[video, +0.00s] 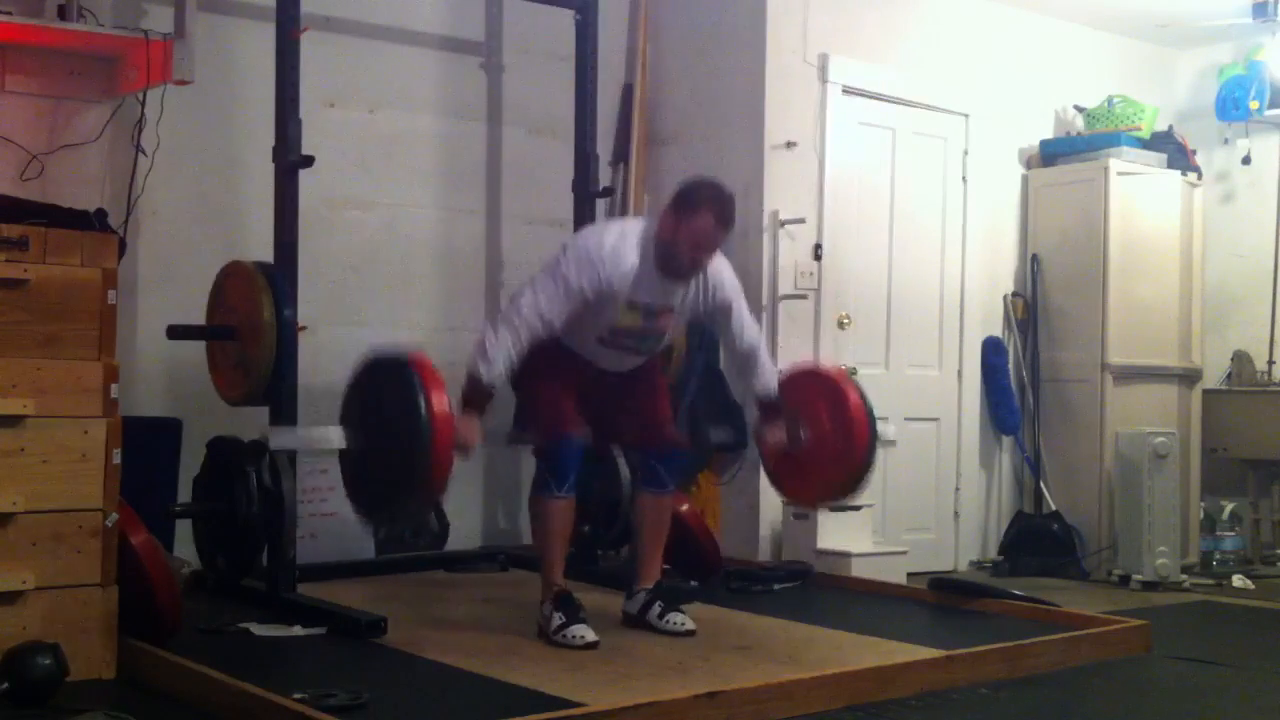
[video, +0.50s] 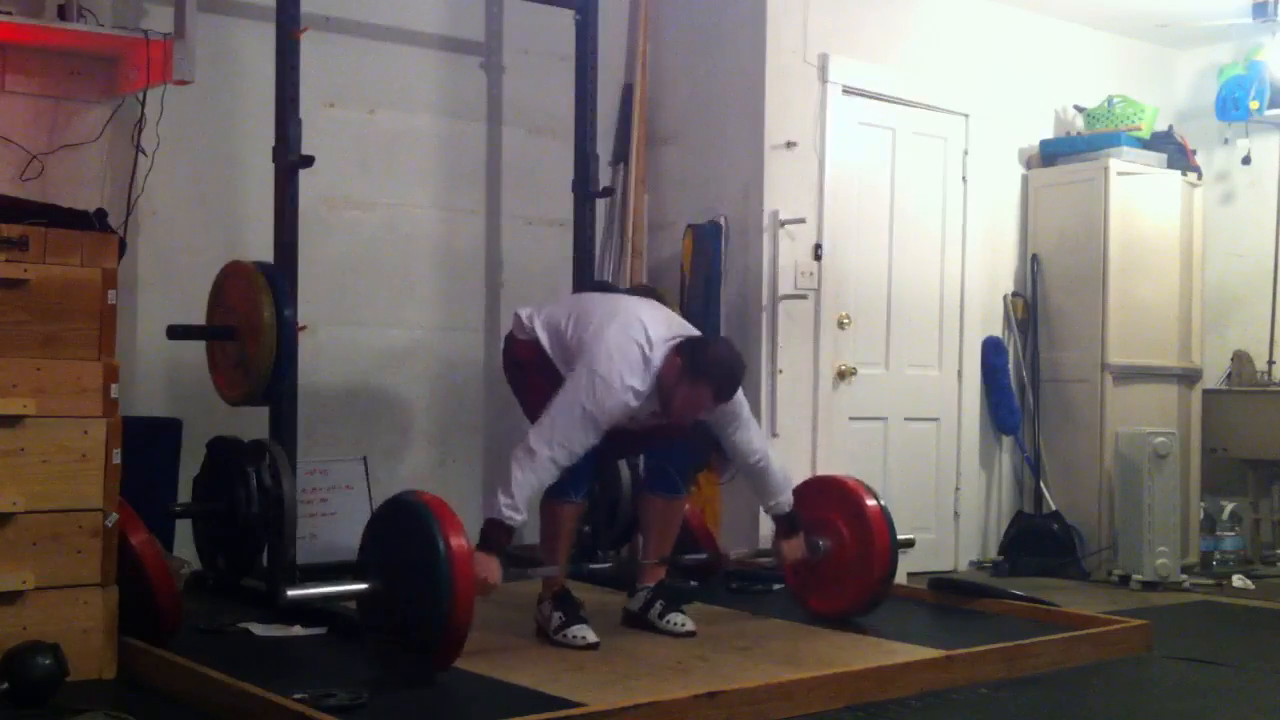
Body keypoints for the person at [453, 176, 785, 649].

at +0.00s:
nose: (699, 260)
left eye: (710, 250)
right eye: (695, 245)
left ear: (720, 244)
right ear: (668, 222)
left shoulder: (714, 275)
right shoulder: (605, 250)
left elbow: (746, 340)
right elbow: (525, 312)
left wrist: (770, 408)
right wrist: (473, 402)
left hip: (635, 368)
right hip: (561, 357)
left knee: (661, 459)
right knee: (564, 450)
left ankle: (645, 596)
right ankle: (555, 600)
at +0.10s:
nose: (700, 292)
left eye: (710, 283)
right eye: (695, 277)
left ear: (721, 277)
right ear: (671, 253)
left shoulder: (712, 300)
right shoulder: (607, 280)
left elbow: (746, 365)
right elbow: (533, 346)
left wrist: (777, 437)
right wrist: (481, 438)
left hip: (630, 357)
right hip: (550, 344)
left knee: (657, 460)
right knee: (563, 457)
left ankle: (645, 594)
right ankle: (555, 599)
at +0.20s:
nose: (700, 359)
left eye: (709, 349)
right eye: (694, 345)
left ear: (722, 337)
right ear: (672, 318)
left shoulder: (713, 343)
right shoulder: (608, 332)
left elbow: (746, 408)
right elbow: (536, 405)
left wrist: (783, 488)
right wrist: (485, 500)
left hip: (630, 371)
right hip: (543, 351)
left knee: (662, 459)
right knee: (569, 457)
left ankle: (644, 596)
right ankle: (556, 600)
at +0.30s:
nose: (698, 400)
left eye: (708, 392)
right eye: (693, 386)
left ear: (721, 376)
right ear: (671, 354)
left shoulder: (710, 375)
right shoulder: (604, 362)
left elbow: (749, 438)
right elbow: (532, 441)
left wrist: (785, 515)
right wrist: (488, 536)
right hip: (539, 355)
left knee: (668, 454)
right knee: (570, 456)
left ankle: (644, 594)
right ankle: (557, 599)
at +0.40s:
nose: (689, 432)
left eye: (701, 426)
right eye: (689, 420)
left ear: (721, 406)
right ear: (671, 381)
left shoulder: (720, 391)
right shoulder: (607, 378)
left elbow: (761, 451)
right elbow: (522, 443)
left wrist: (791, 524)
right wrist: (485, 542)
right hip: (539, 352)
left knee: (672, 457)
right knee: (573, 459)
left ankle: (646, 594)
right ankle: (557, 600)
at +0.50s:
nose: (693, 419)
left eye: (703, 412)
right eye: (692, 406)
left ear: (716, 395)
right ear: (674, 371)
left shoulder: (712, 381)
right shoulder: (613, 371)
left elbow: (752, 449)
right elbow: (542, 448)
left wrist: (788, 526)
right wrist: (491, 544)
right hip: (538, 350)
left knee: (673, 452)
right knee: (574, 458)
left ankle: (648, 593)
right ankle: (554, 597)